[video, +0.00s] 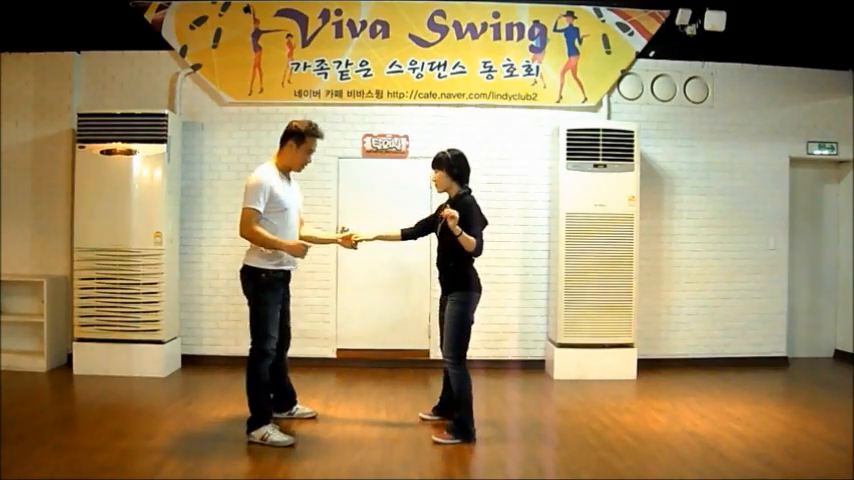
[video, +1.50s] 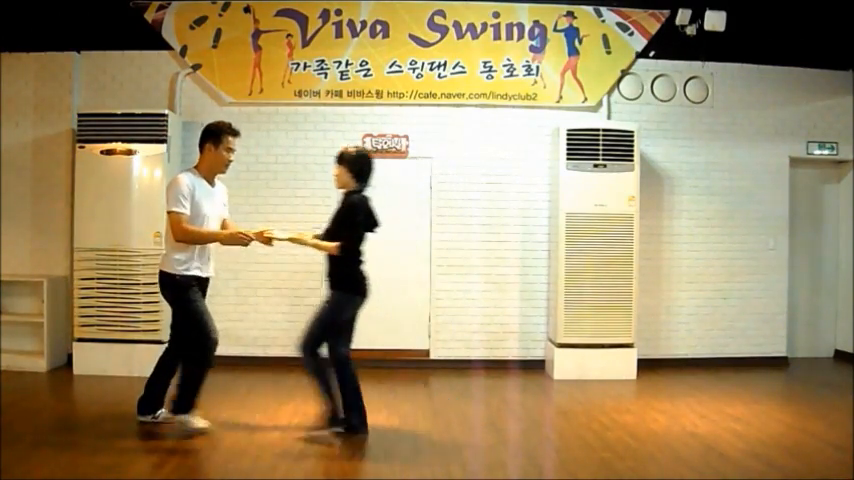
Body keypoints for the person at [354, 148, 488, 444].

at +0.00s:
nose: (432, 177)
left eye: (436, 171)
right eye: (433, 171)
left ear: (451, 173)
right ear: (448, 174)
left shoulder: (469, 206)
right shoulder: (445, 208)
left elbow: (475, 249)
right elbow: (413, 233)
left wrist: (454, 227)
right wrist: (372, 236)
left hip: (464, 290)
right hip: (448, 290)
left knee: (454, 356)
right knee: (448, 353)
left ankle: (464, 429)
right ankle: (447, 408)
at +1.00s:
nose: (426, 176)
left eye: (430, 170)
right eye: (427, 170)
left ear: (445, 174)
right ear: (441, 175)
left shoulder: (457, 207)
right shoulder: (437, 209)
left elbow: (464, 249)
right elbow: (401, 230)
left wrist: (429, 235)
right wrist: (361, 226)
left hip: (453, 295)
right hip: (436, 294)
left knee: (442, 361)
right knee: (410, 348)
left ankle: (465, 427)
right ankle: (437, 400)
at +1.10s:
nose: (413, 177)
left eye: (418, 172)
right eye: (415, 172)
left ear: (431, 176)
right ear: (429, 177)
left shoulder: (441, 208)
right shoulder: (426, 211)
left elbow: (440, 250)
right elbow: (390, 231)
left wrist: (411, 237)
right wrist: (351, 230)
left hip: (441, 298)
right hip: (427, 297)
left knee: (436, 364)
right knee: (394, 345)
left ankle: (465, 427)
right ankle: (402, 412)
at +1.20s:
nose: (397, 183)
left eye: (402, 178)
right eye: (399, 178)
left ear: (416, 183)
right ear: (415, 183)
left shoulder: (422, 214)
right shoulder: (412, 214)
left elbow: (416, 256)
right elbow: (382, 236)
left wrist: (387, 244)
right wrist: (342, 238)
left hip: (423, 302)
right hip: (411, 301)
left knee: (427, 368)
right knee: (378, 352)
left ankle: (464, 426)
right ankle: (362, 419)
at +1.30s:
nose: (376, 180)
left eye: (381, 176)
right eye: (378, 175)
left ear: (393, 180)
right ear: (393, 180)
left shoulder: (399, 211)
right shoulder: (392, 211)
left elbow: (390, 254)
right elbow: (362, 239)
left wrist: (359, 242)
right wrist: (322, 240)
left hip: (396, 301)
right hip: (386, 300)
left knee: (397, 364)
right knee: (357, 352)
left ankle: (451, 411)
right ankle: (356, 420)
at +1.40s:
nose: (356, 173)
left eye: (360, 169)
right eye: (357, 168)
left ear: (372, 174)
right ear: (373, 174)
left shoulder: (377, 205)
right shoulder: (371, 203)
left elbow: (365, 248)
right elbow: (349, 234)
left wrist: (333, 240)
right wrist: (321, 235)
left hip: (371, 291)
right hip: (367, 290)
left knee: (349, 353)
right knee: (349, 353)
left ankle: (404, 397)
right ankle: (356, 418)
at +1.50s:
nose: (335, 173)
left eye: (339, 169)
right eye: (337, 168)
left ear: (351, 173)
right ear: (356, 174)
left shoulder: (353, 204)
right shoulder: (356, 202)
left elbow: (339, 247)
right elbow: (334, 241)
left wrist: (307, 240)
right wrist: (307, 238)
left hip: (345, 291)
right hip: (350, 289)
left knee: (309, 345)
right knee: (339, 352)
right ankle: (355, 421)